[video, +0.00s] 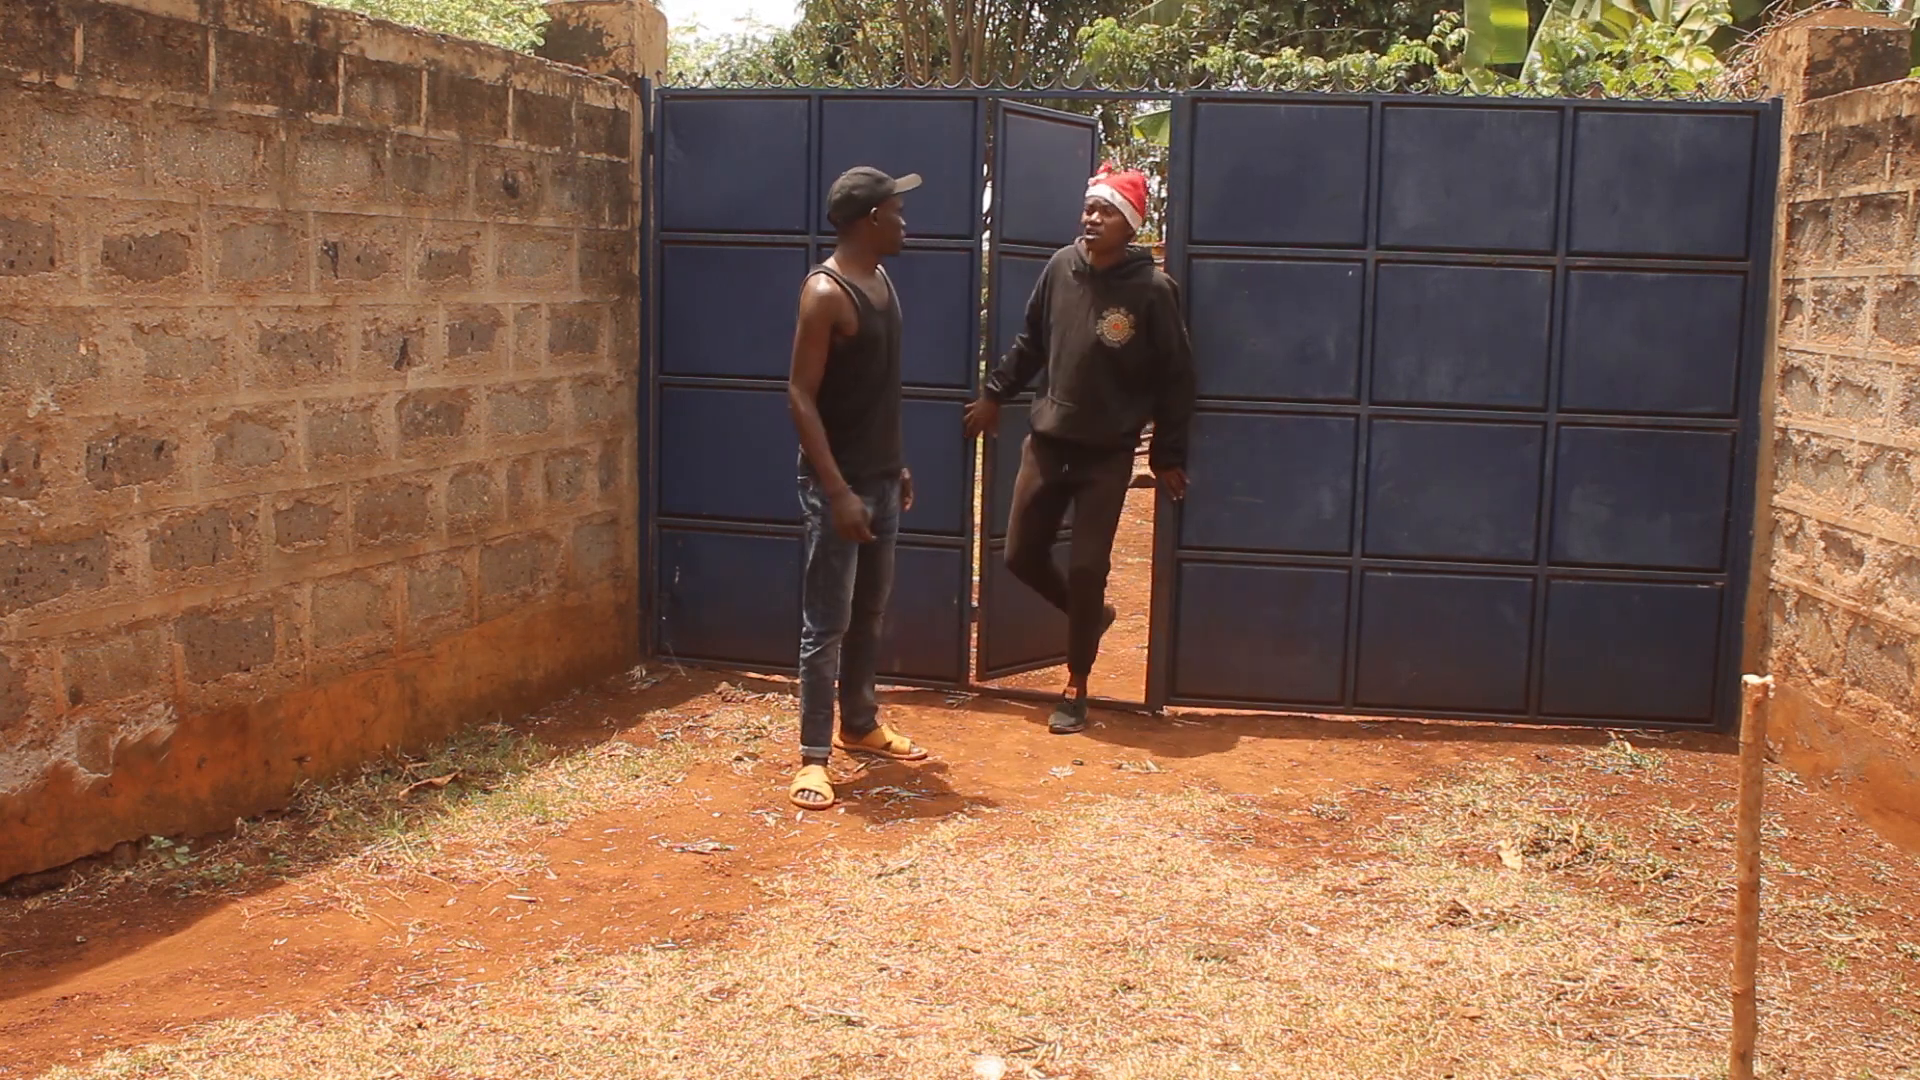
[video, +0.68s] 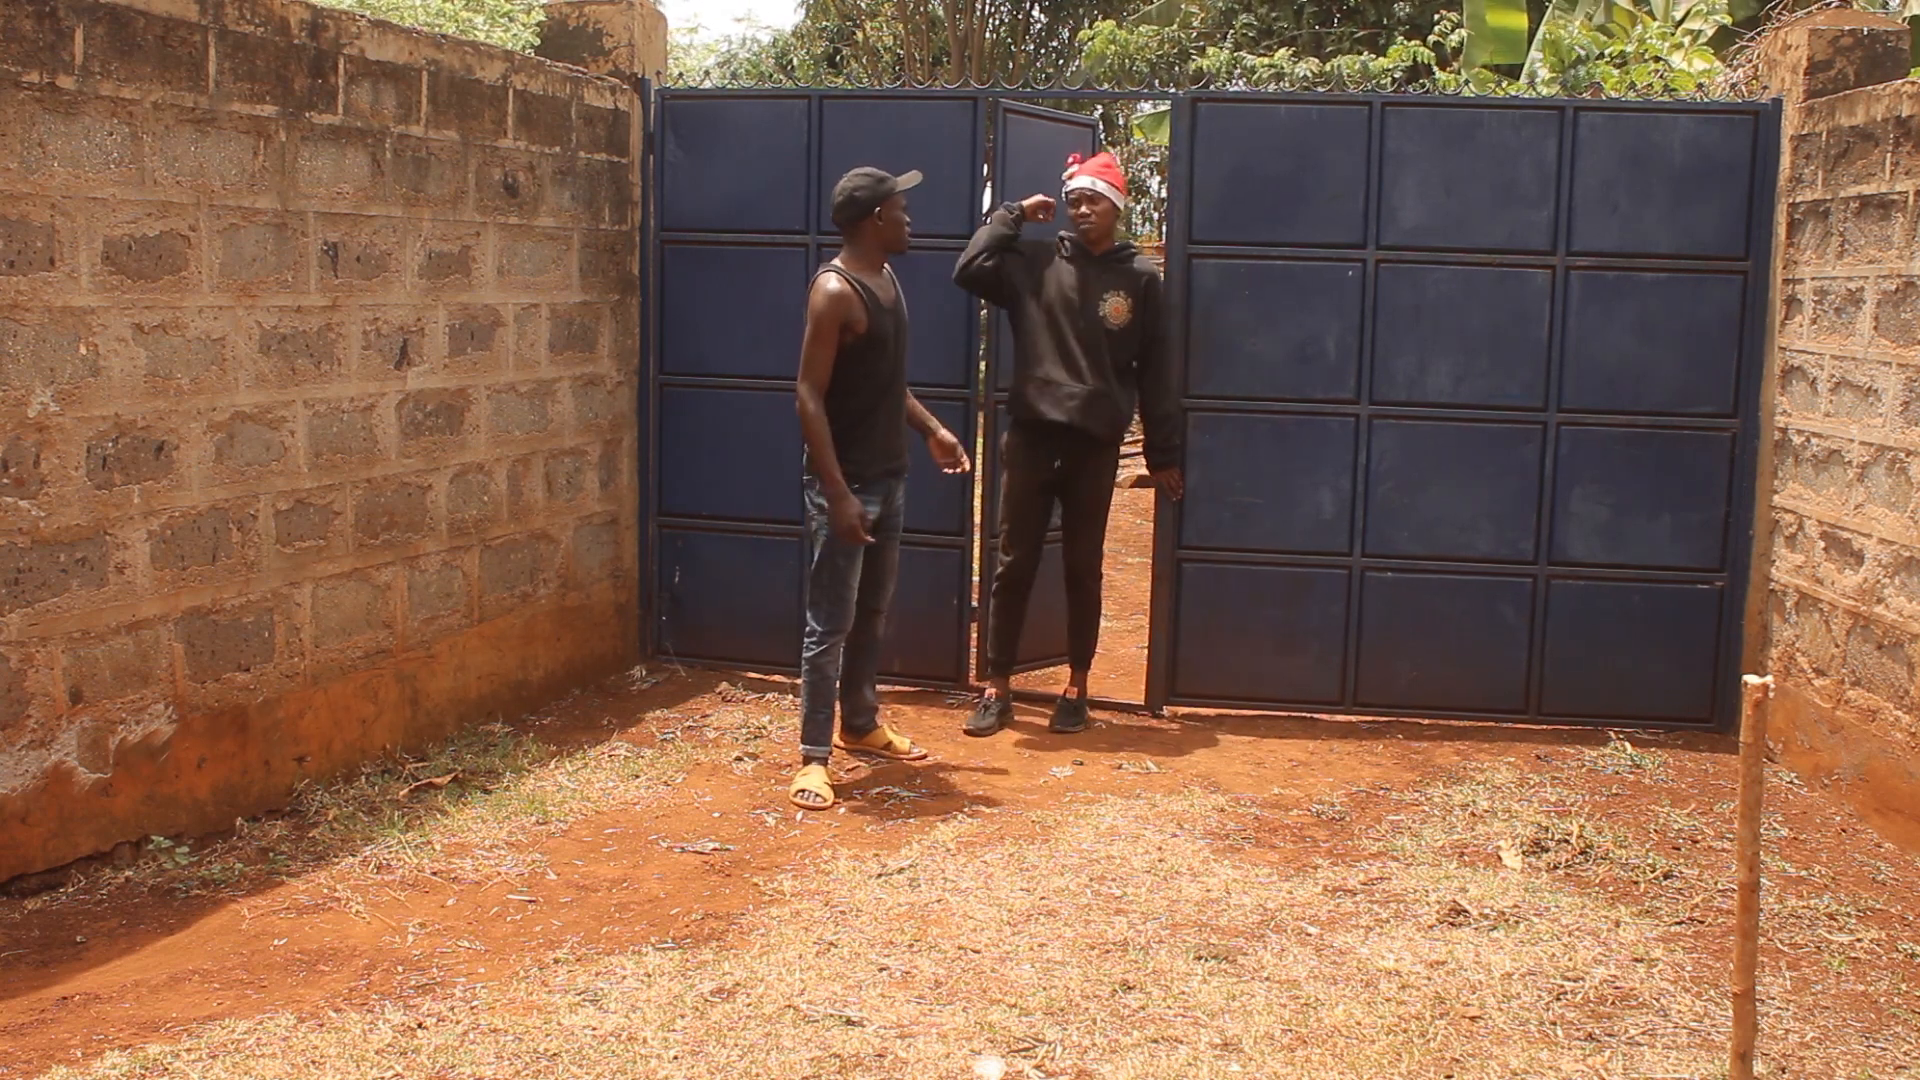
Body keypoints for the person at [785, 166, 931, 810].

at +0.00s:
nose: (905, 219)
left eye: (902, 209)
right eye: (896, 210)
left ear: (868, 220)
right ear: (867, 220)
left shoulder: (880, 280)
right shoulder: (824, 294)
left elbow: (880, 386)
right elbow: (801, 397)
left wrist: (897, 462)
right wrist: (837, 491)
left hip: (881, 477)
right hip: (835, 481)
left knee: (868, 613)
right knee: (825, 625)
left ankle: (859, 727)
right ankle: (813, 759)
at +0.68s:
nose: (910, 215)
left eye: (905, 205)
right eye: (901, 206)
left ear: (873, 220)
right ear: (872, 220)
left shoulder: (884, 281)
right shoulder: (833, 294)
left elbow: (883, 379)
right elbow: (808, 397)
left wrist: (931, 427)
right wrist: (838, 494)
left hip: (887, 477)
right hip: (841, 483)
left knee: (871, 611)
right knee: (828, 623)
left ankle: (861, 725)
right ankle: (814, 758)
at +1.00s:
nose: (917, 220)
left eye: (914, 211)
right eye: (911, 212)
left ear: (870, 220)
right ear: (887, 222)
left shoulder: (872, 270)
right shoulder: (860, 283)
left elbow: (931, 273)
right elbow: (839, 389)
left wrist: (875, 207)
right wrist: (861, 487)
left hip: (885, 472)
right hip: (849, 475)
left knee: (890, 603)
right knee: (835, 618)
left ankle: (861, 723)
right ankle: (805, 758)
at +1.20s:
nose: (926, 225)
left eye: (924, 216)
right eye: (921, 217)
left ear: (883, 223)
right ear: (897, 225)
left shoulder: (883, 275)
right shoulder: (863, 287)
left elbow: (926, 317)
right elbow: (850, 393)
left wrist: (967, 252)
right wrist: (893, 480)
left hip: (886, 468)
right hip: (854, 471)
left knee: (891, 604)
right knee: (841, 613)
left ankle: (861, 725)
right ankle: (807, 754)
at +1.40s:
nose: (944, 231)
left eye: (942, 222)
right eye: (939, 222)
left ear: (906, 224)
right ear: (914, 224)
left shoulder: (897, 278)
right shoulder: (877, 281)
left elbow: (937, 323)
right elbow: (864, 383)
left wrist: (1017, 308)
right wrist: (903, 471)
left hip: (890, 464)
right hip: (860, 465)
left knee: (891, 600)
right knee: (850, 603)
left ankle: (862, 725)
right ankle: (794, 739)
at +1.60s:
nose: (961, 234)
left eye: (960, 224)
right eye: (955, 224)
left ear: (923, 224)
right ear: (930, 224)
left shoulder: (915, 276)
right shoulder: (894, 277)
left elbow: (966, 308)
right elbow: (878, 379)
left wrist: (1040, 294)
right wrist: (907, 470)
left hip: (891, 462)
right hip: (858, 461)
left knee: (890, 600)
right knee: (838, 602)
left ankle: (863, 725)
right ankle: (792, 740)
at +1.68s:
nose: (956, 222)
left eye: (954, 213)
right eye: (950, 212)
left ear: (920, 219)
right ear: (925, 218)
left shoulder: (921, 276)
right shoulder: (889, 278)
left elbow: (982, 293)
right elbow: (873, 378)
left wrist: (1050, 290)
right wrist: (910, 468)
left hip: (894, 462)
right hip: (857, 460)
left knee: (888, 600)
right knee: (835, 601)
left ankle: (863, 726)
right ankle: (791, 739)